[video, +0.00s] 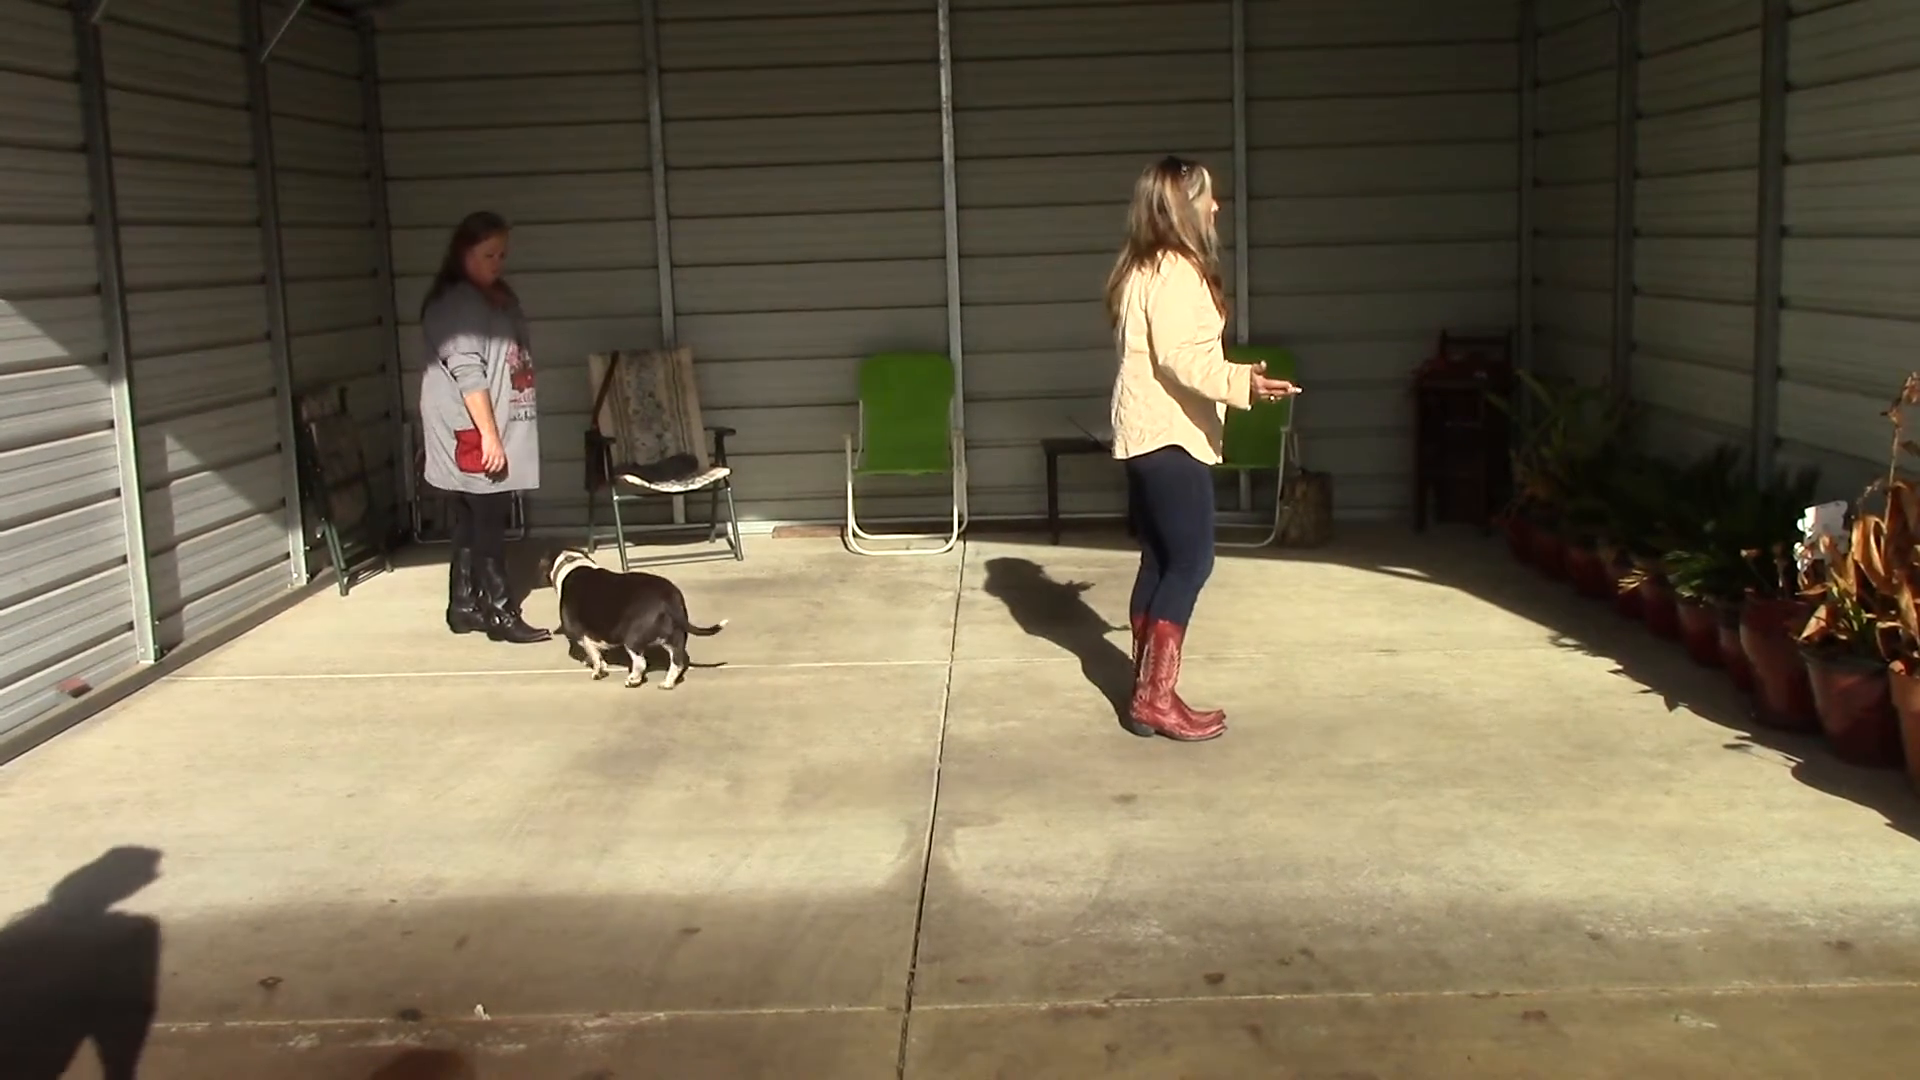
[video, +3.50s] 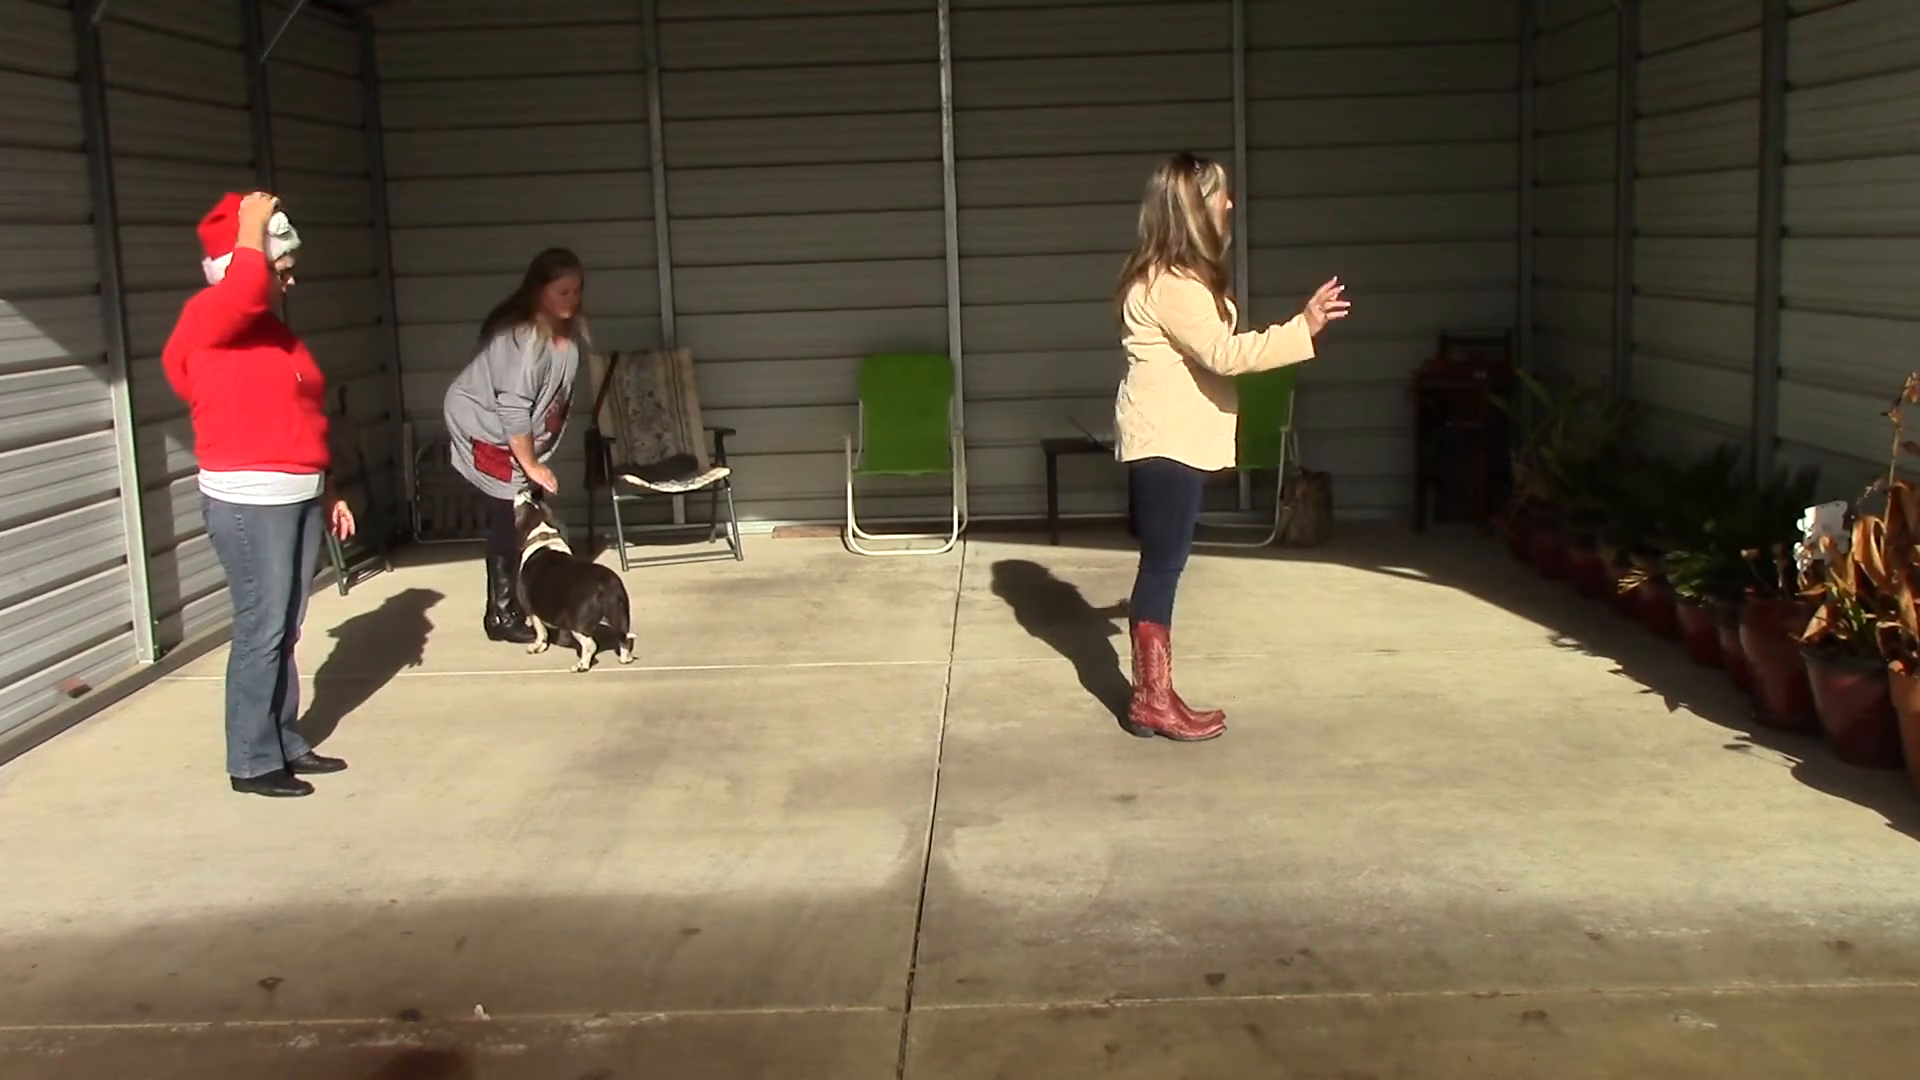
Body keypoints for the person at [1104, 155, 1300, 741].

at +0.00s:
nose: (1216, 209)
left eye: (1214, 198)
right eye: (1209, 199)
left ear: (1165, 206)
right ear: (1184, 206)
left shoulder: (1144, 271)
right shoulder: (1175, 272)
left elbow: (1167, 358)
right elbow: (1181, 356)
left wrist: (1237, 376)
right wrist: (1243, 382)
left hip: (1142, 439)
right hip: (1170, 440)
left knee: (1160, 558)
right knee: (1191, 559)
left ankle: (1150, 691)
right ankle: (1156, 698)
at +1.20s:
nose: (1216, 210)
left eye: (1214, 198)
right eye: (1208, 199)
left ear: (1159, 206)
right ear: (1184, 206)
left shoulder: (1148, 273)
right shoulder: (1168, 280)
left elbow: (1167, 378)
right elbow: (1172, 381)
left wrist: (1202, 450)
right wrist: (1201, 458)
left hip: (1145, 444)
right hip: (1163, 447)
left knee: (1158, 558)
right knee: (1181, 560)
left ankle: (1148, 691)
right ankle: (1155, 696)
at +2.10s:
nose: (1174, 238)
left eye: (1184, 228)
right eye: (1164, 226)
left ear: (1196, 226)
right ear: (1142, 223)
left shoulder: (1191, 280)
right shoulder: (1126, 284)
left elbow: (1206, 371)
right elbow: (1106, 379)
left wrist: (1216, 439)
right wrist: (1109, 462)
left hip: (1187, 445)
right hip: (1150, 447)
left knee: (1170, 560)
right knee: (1165, 560)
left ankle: (1158, 694)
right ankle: (1149, 698)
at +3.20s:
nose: (1240, 210)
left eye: (1237, 199)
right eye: (1230, 201)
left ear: (1210, 211)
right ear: (1198, 213)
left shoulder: (1208, 283)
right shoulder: (1158, 291)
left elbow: (1206, 379)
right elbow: (1138, 385)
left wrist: (1219, 450)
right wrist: (1163, 464)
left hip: (1187, 453)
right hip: (1156, 455)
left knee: (1170, 562)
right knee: (1158, 563)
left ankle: (1158, 694)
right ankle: (1148, 698)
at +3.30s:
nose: (1239, 207)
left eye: (1235, 197)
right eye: (1229, 198)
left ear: (1205, 208)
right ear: (1200, 210)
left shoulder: (1202, 284)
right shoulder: (1162, 289)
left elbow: (1199, 378)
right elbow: (1156, 384)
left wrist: (1225, 436)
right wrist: (1206, 447)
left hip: (1181, 450)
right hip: (1154, 449)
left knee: (1169, 562)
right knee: (1159, 563)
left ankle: (1158, 694)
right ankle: (1149, 699)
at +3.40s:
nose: (1234, 205)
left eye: (1231, 195)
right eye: (1225, 196)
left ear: (1189, 208)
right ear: (1197, 208)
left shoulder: (1189, 281)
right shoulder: (1169, 286)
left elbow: (1205, 366)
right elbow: (1189, 372)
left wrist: (1272, 383)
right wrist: (1273, 388)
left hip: (1175, 443)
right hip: (1162, 445)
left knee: (1165, 562)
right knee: (1161, 563)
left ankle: (1156, 693)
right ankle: (1152, 697)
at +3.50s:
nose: (1232, 209)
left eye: (1229, 198)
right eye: (1222, 199)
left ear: (1184, 208)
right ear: (1192, 207)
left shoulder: (1181, 276)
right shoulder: (1169, 283)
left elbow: (1225, 348)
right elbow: (1225, 354)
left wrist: (1301, 324)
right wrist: (1305, 327)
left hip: (1174, 442)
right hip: (1164, 443)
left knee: (1164, 564)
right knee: (1162, 564)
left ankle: (1156, 695)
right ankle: (1150, 699)